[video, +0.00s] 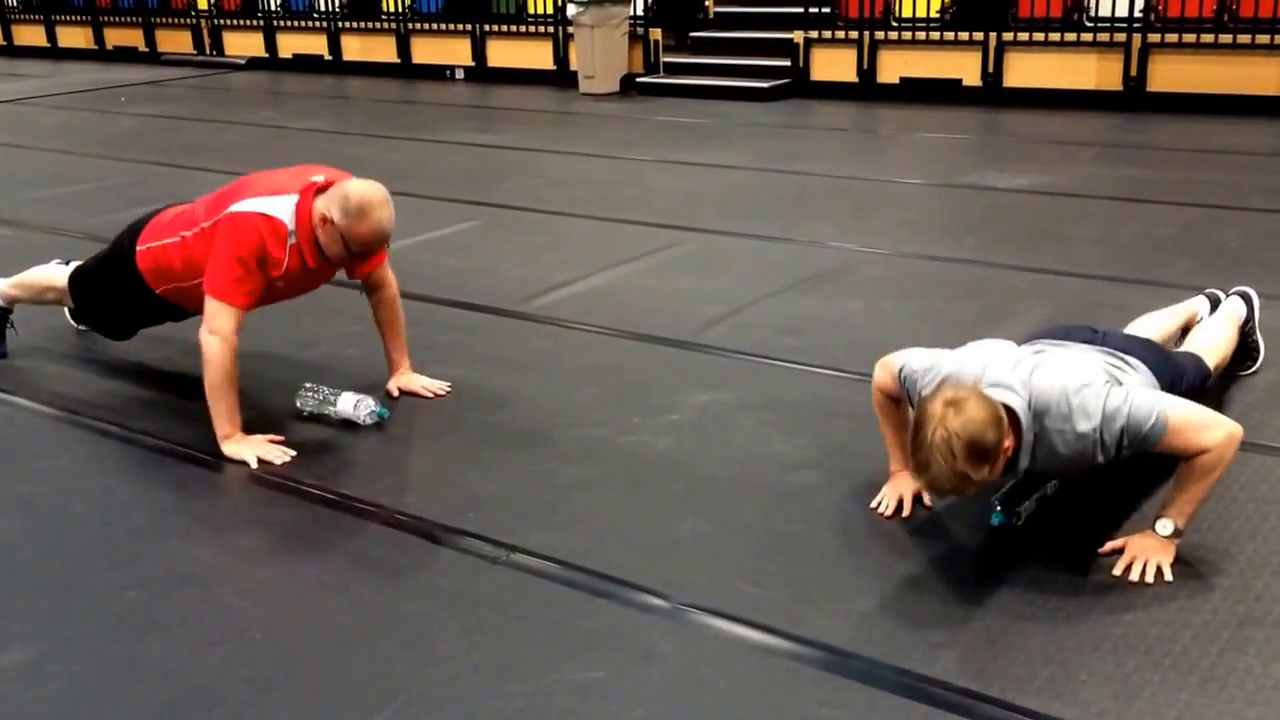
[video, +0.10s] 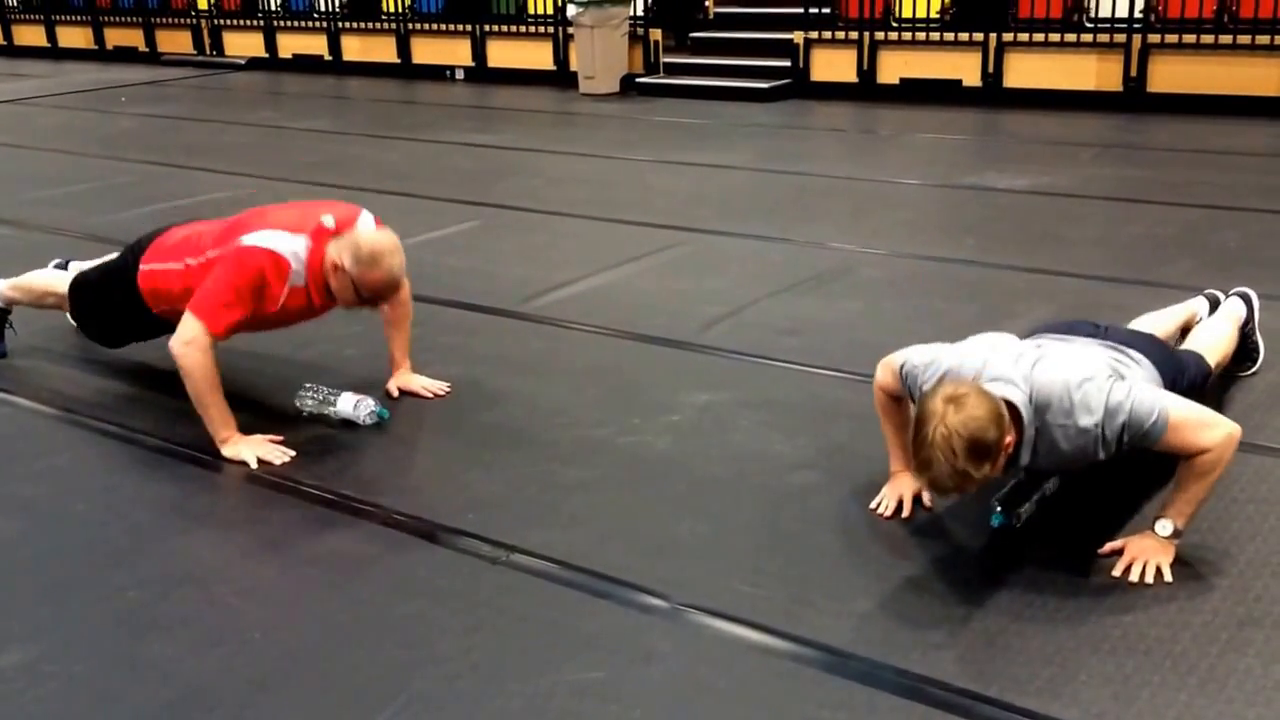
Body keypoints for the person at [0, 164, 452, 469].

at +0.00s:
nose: (356, 267)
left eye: (369, 257)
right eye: (349, 254)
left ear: (380, 226)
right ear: (323, 220)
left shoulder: (358, 209)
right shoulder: (253, 233)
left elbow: (379, 283)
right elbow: (217, 334)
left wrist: (401, 368)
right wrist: (231, 436)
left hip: (198, 271)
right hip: (149, 265)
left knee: (124, 300)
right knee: (79, 287)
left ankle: (82, 302)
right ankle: (5, 290)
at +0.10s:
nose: (372, 305)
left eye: (383, 295)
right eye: (364, 295)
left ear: (392, 264)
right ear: (336, 270)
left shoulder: (367, 231)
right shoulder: (260, 266)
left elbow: (397, 292)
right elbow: (188, 345)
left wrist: (403, 368)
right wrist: (229, 437)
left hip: (198, 250)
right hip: (149, 279)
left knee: (119, 275)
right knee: (73, 293)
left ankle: (74, 275)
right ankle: (5, 291)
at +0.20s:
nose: (370, 356)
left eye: (381, 350)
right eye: (366, 347)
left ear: (403, 305)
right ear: (345, 318)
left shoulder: (387, 279)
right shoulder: (269, 304)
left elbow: (406, 293)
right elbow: (178, 354)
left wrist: (401, 365)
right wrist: (229, 439)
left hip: (216, 269)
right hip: (156, 301)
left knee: (141, 274)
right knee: (76, 305)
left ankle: (70, 272)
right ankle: (6, 292)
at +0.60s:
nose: (365, 319)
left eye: (375, 309)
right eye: (359, 309)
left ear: (390, 287)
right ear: (330, 283)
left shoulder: (379, 267)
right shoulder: (254, 288)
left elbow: (405, 303)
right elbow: (175, 358)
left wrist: (401, 369)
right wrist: (228, 440)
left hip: (199, 261)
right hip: (146, 292)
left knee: (125, 273)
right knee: (70, 299)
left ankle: (72, 270)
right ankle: (5, 292)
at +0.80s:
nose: (356, 252)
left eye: (365, 241)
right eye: (348, 241)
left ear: (367, 219)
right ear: (317, 211)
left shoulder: (349, 209)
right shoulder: (246, 231)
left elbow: (371, 287)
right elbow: (227, 336)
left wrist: (399, 369)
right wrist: (230, 435)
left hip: (191, 271)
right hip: (139, 268)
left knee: (104, 290)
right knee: (70, 285)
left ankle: (55, 291)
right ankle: (7, 290)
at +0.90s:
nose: (359, 270)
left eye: (370, 260)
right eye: (351, 258)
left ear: (373, 234)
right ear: (322, 230)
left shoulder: (352, 219)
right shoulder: (248, 239)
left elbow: (378, 286)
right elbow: (208, 340)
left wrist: (399, 369)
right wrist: (229, 439)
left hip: (190, 260)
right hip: (141, 271)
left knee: (102, 288)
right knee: (68, 289)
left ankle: (58, 286)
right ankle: (5, 290)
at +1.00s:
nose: (363, 315)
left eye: (375, 306)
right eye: (358, 305)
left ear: (390, 282)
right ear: (333, 279)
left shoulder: (368, 250)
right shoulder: (258, 274)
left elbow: (400, 294)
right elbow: (185, 352)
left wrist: (401, 369)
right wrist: (228, 440)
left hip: (193, 259)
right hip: (142, 290)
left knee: (121, 272)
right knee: (69, 298)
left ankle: (73, 272)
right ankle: (5, 292)